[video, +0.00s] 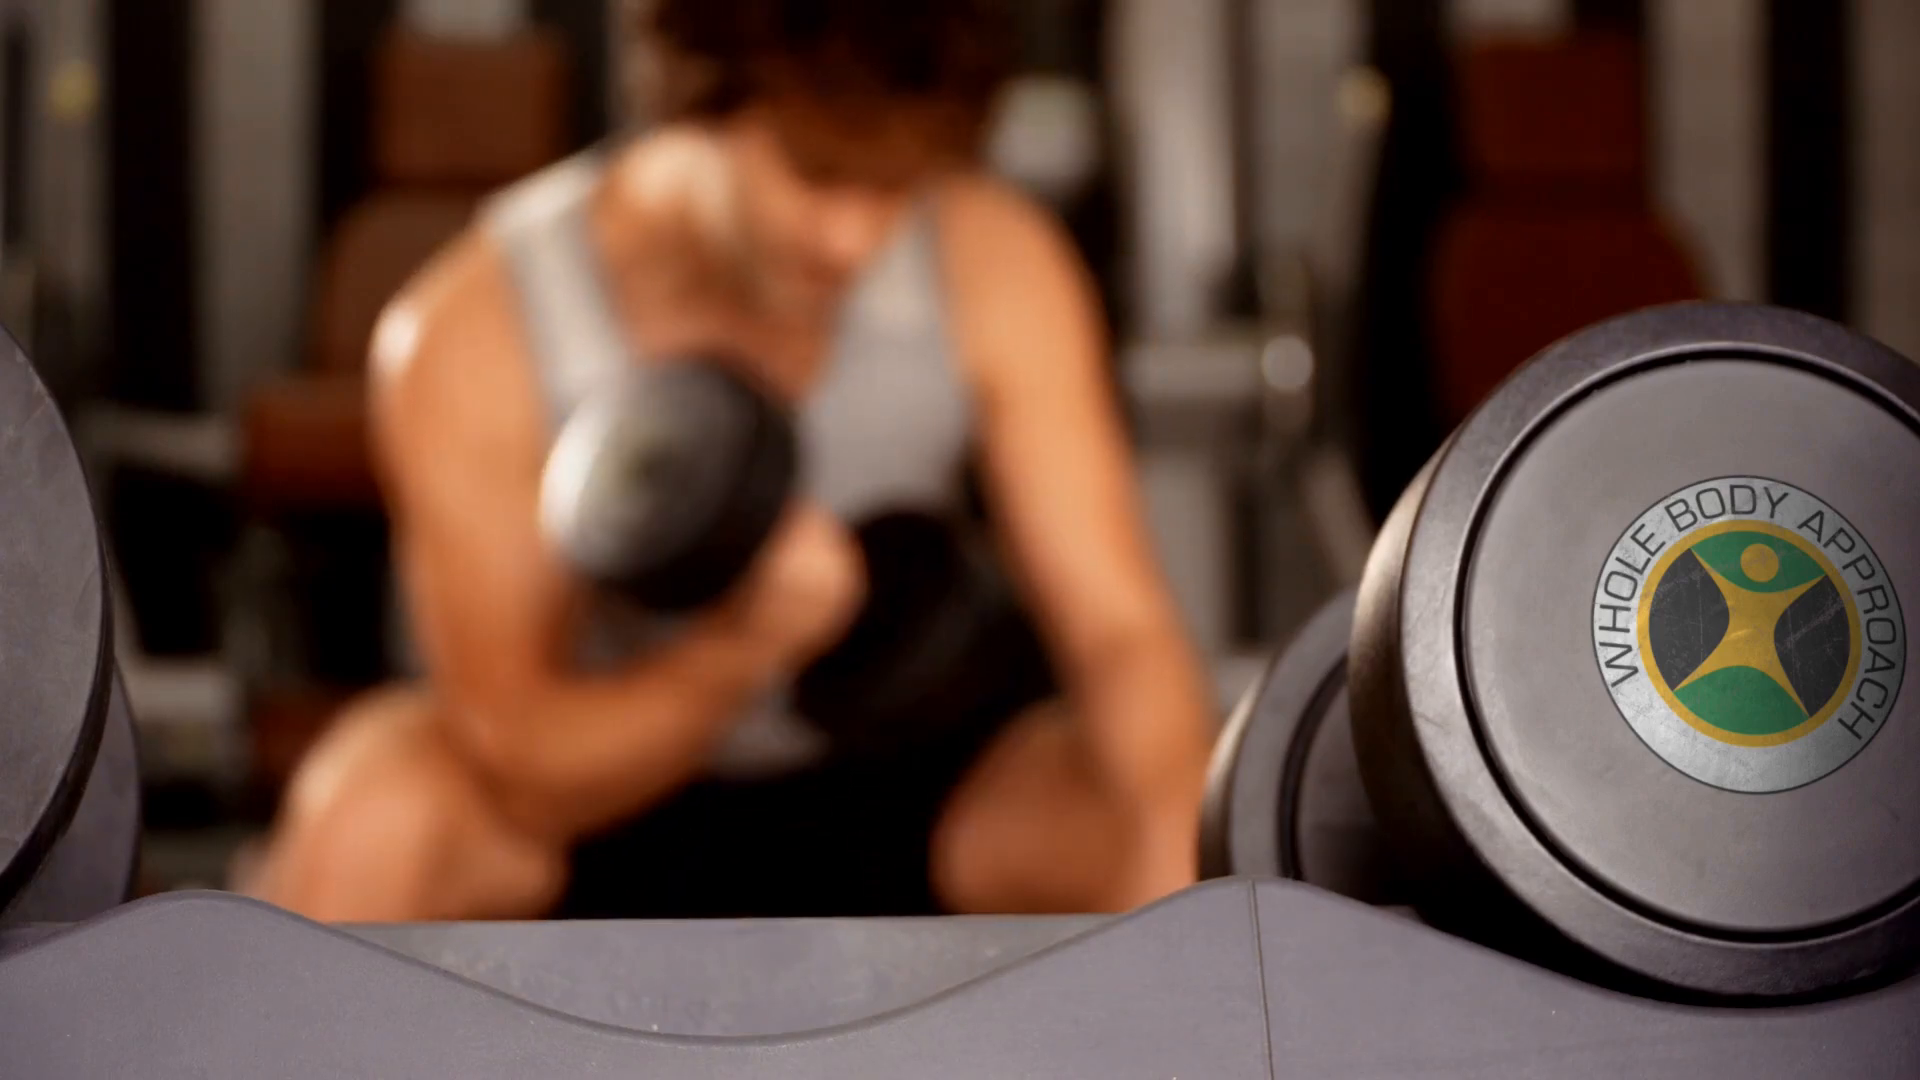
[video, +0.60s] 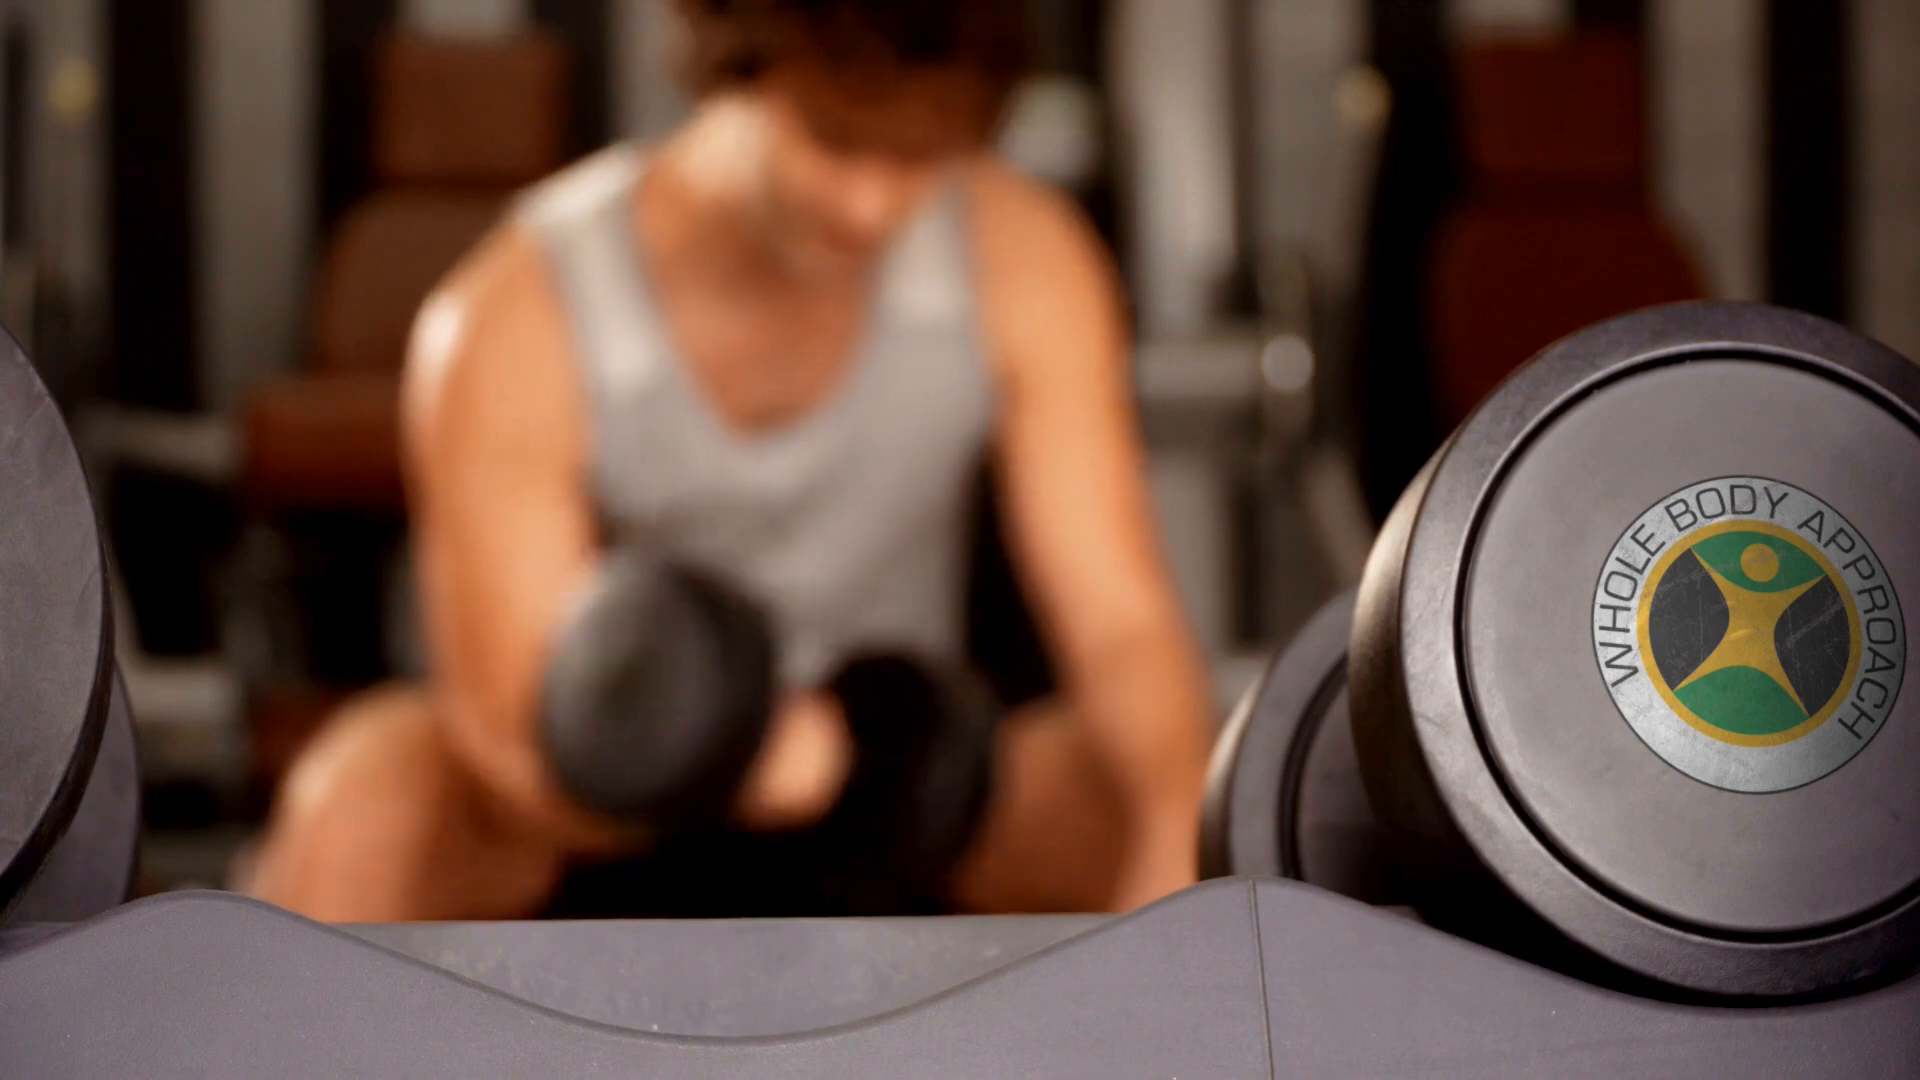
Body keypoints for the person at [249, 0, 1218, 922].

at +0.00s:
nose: (857, 234)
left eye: (902, 182)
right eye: (818, 173)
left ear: (948, 147)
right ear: (710, 105)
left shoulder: (992, 257)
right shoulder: (466, 331)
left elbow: (1120, 636)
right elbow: (530, 772)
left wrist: (1181, 880)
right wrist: (750, 646)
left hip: (890, 779)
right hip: (597, 805)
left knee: (1179, 816)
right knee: (373, 807)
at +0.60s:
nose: (872, 205)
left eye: (920, 157)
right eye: (838, 145)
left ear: (977, 121)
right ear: (740, 67)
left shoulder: (1017, 249)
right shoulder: (513, 316)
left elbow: (1123, 632)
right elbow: (528, 753)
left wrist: (1172, 864)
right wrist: (846, 749)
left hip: (888, 809)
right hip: (610, 818)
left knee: (1182, 790)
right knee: (371, 781)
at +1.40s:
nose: (877, 227)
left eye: (929, 181)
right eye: (842, 164)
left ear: (990, 151)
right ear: (749, 89)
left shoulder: (1034, 257)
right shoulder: (565, 344)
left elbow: (1124, 642)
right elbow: (535, 807)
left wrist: (1146, 868)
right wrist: (566, 1065)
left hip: (895, 782)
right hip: (619, 795)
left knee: (1169, 805)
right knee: (367, 806)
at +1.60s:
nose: (875, 232)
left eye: (927, 186)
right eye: (841, 166)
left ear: (991, 160)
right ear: (754, 95)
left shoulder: (1033, 260)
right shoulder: (567, 347)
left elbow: (1119, 643)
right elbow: (522, 809)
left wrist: (1137, 854)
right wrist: (543, 1068)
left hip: (891, 785)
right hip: (616, 798)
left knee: (1156, 808)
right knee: (355, 800)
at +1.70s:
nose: (885, 278)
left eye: (940, 231)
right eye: (849, 210)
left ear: (1004, 210)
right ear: (759, 153)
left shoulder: (1038, 275)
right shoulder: (574, 366)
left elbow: (1108, 662)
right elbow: (513, 810)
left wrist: (1079, 864)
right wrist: (525, 1070)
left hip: (890, 789)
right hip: (612, 798)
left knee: (1134, 818)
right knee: (348, 800)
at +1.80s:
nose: (898, 329)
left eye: (950, 282)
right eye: (861, 264)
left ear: (1015, 266)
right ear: (771, 205)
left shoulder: (1045, 282)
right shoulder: (583, 396)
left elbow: (1101, 655)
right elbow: (506, 830)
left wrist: (1004, 822)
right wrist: (519, 1077)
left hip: (894, 782)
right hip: (615, 794)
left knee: (1138, 828)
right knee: (342, 804)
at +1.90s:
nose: (914, 362)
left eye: (967, 317)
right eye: (876, 297)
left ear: (1034, 297)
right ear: (786, 246)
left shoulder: (1073, 304)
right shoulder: (607, 413)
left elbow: (1110, 652)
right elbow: (508, 834)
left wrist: (957, 820)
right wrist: (540, 1075)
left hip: (890, 753)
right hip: (600, 757)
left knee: (1128, 843)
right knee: (335, 816)